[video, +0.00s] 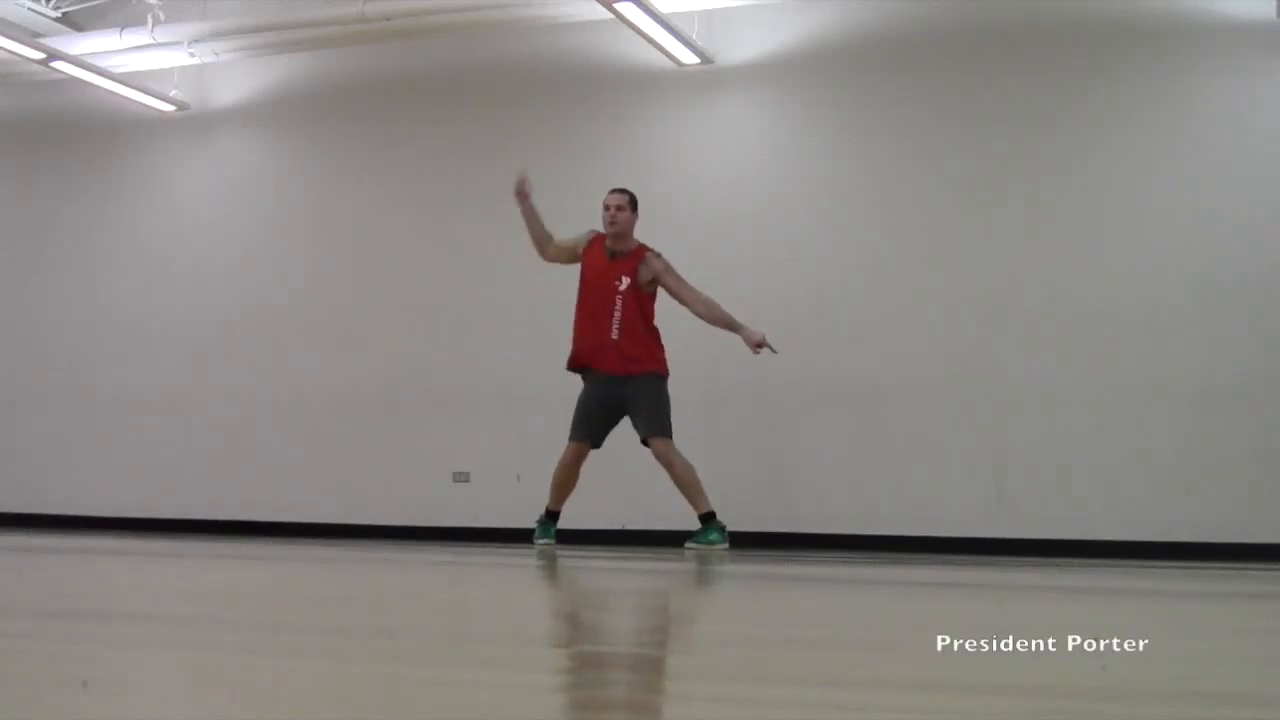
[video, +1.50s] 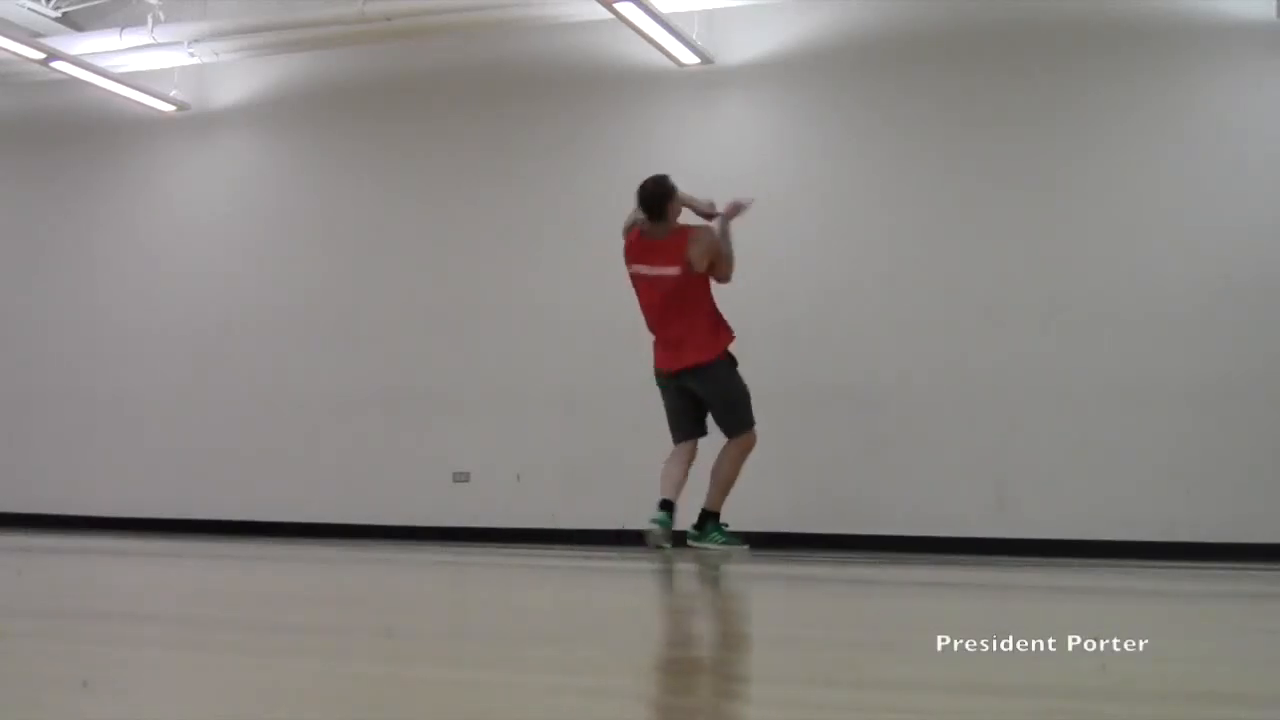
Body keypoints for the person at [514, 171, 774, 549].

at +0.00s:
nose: (610, 214)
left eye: (619, 209)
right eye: (606, 208)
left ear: (635, 217)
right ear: (601, 214)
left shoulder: (649, 262)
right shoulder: (589, 246)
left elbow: (696, 301)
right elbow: (549, 250)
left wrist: (743, 330)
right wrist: (526, 205)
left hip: (643, 373)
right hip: (600, 373)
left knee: (661, 448)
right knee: (575, 450)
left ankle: (710, 524)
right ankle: (548, 520)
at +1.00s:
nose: (652, 206)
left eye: (660, 200)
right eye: (647, 200)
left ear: (675, 206)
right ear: (642, 207)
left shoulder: (694, 246)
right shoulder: (630, 236)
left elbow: (747, 269)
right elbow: (582, 225)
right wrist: (582, 199)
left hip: (678, 356)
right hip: (635, 350)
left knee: (675, 436)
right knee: (632, 403)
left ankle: (676, 521)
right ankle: (621, 485)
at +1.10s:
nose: (660, 203)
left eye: (667, 197)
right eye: (655, 197)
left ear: (682, 203)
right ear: (649, 204)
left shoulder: (699, 240)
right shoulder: (635, 233)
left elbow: (739, 256)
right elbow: (583, 247)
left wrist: (704, 222)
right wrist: (618, 215)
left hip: (682, 347)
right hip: (640, 338)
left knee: (677, 438)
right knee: (667, 375)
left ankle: (647, 517)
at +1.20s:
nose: (660, 206)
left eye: (667, 199)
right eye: (654, 200)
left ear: (681, 204)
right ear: (648, 205)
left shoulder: (696, 238)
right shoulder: (639, 238)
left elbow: (732, 252)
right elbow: (598, 269)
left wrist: (703, 212)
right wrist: (615, 223)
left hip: (678, 348)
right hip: (646, 345)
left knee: (683, 441)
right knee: (705, 404)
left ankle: (632, 523)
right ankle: (709, 507)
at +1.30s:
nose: (659, 210)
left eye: (662, 202)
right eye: (651, 205)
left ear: (672, 210)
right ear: (640, 216)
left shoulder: (687, 242)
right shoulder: (635, 250)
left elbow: (734, 236)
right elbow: (637, 268)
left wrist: (695, 208)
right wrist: (644, 213)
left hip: (684, 361)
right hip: (666, 362)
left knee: (697, 451)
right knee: (728, 433)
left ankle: (633, 524)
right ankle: (702, 521)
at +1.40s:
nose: (660, 211)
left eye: (660, 205)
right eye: (651, 209)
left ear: (660, 210)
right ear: (635, 219)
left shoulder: (658, 239)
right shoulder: (659, 250)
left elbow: (705, 212)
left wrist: (684, 200)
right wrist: (717, 218)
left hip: (675, 367)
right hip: (692, 364)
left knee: (698, 450)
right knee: (739, 439)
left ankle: (638, 520)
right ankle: (708, 525)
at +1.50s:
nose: (679, 203)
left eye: (674, 197)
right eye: (675, 199)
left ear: (643, 209)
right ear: (673, 207)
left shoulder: (632, 238)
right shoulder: (698, 239)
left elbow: (659, 199)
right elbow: (724, 273)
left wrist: (699, 206)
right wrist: (724, 224)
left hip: (667, 363)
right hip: (708, 360)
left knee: (685, 442)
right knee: (742, 436)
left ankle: (663, 515)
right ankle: (708, 524)